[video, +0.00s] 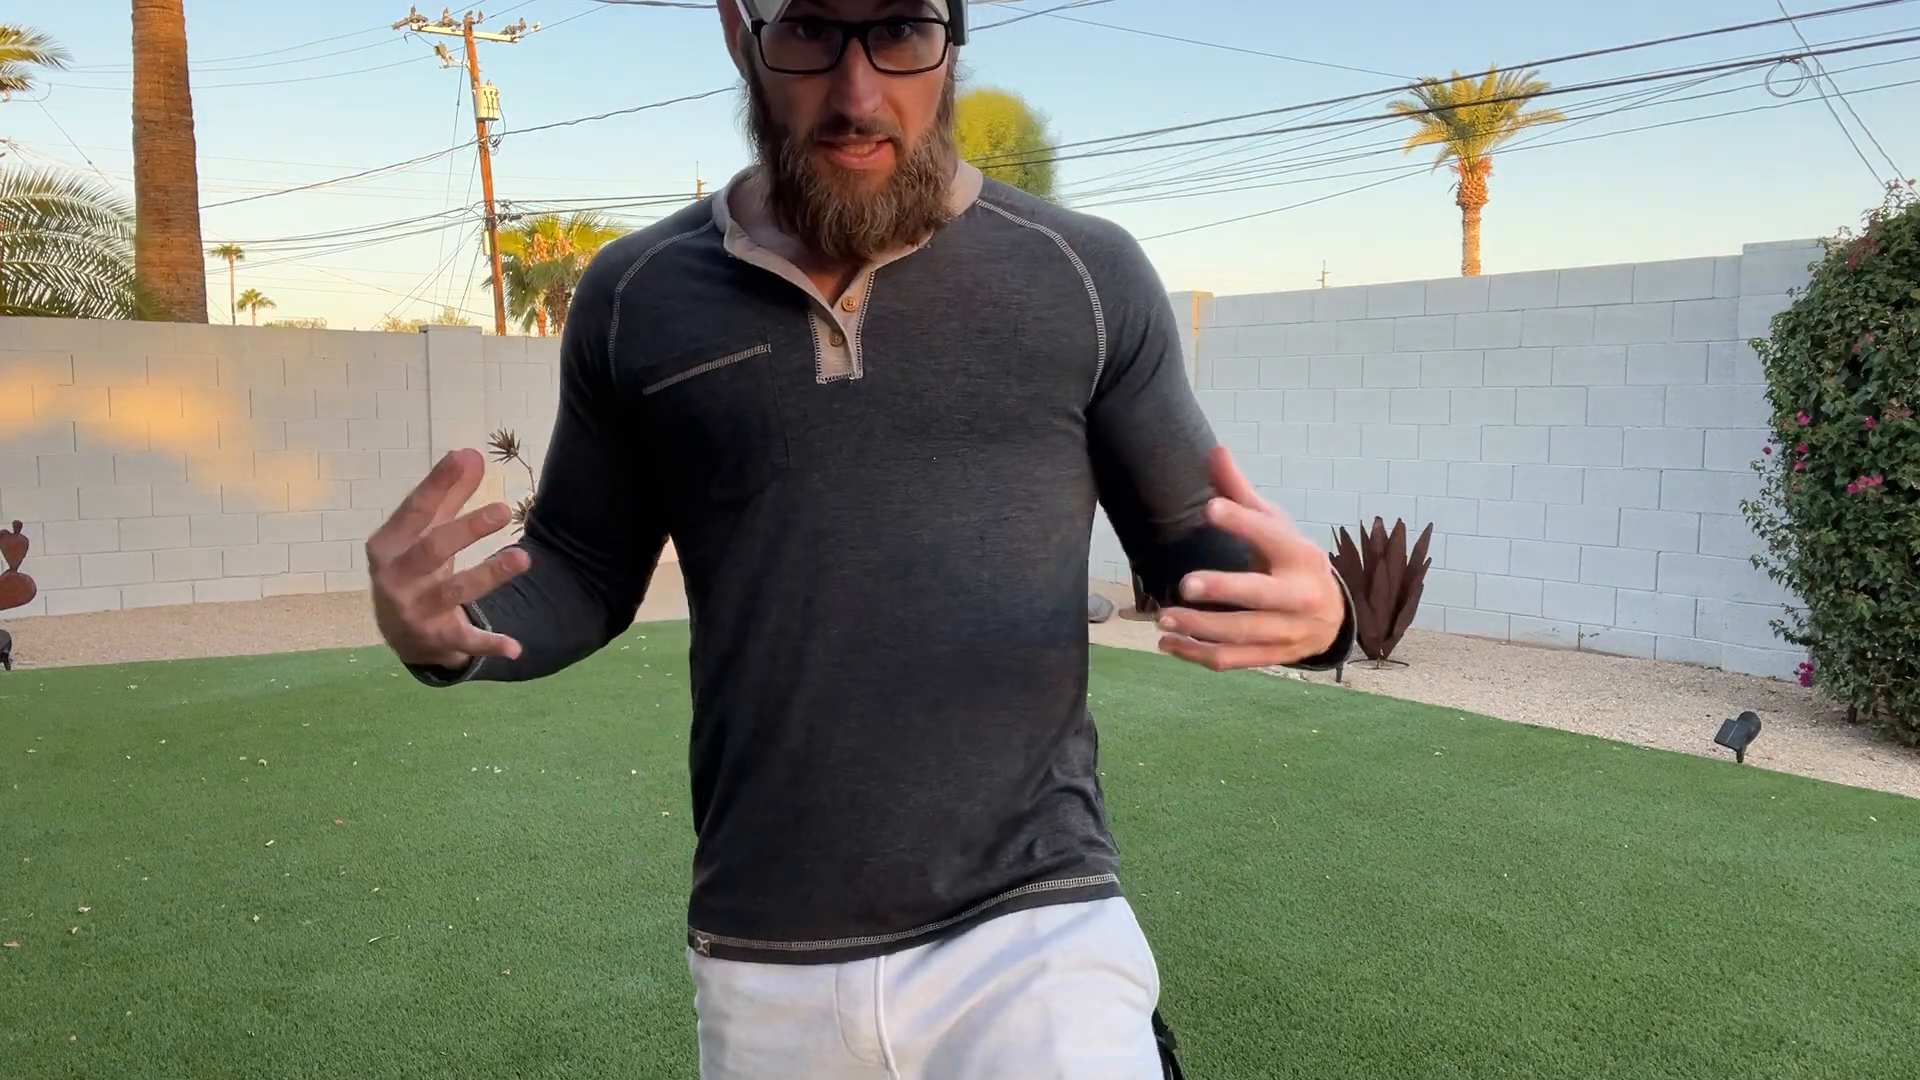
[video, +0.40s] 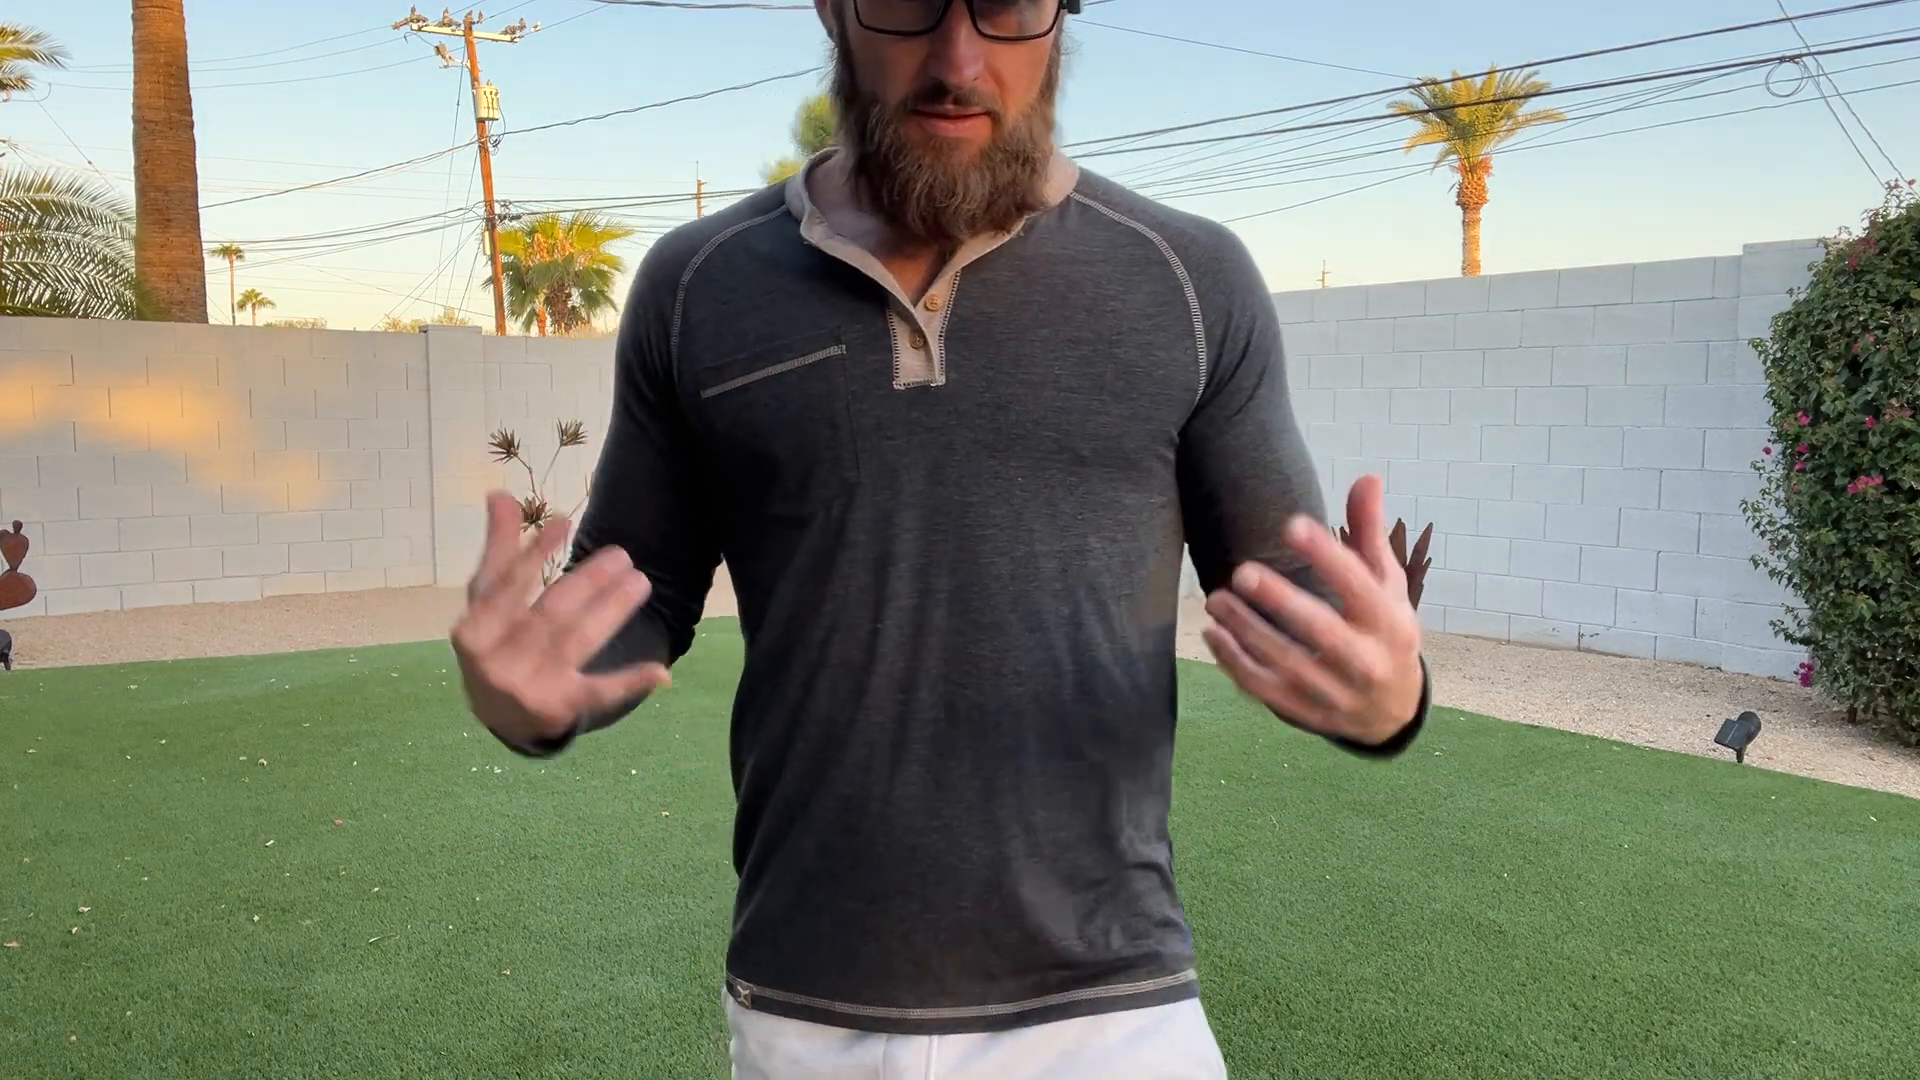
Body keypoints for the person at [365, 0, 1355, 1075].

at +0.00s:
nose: (856, 89)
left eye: (900, 38)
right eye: (808, 40)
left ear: (953, 47)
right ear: (742, 46)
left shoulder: (1085, 275)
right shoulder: (638, 302)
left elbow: (1193, 551)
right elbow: (579, 563)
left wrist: (1315, 609)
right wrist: (442, 633)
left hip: (1034, 934)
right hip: (766, 960)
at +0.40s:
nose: (957, 67)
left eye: (1004, 15)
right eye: (905, 18)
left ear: (1057, 30)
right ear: (837, 27)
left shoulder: (1190, 280)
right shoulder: (697, 289)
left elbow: (1289, 591)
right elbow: (637, 596)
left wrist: (1392, 705)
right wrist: (525, 702)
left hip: (1110, 1006)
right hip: (810, 1013)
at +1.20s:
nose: (1240, 8)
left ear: (1361, 13)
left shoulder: (1476, 307)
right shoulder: (898, 199)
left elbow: (1441, 755)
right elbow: (771, 582)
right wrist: (1112, 642)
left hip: (1271, 1038)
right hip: (924, 1020)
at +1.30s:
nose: (1216, 3)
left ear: (1333, 6)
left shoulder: (1453, 298)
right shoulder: (884, 204)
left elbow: (1437, 732)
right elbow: (755, 579)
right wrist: (1092, 643)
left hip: (1267, 1035)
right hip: (916, 1023)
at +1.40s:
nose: (1173, 9)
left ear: (1293, 7)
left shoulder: (1416, 299)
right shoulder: (858, 237)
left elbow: (1460, 739)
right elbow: (748, 599)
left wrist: (1359, 1056)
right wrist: (1035, 707)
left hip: (1251, 1034)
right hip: (906, 1033)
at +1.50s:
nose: (1133, 7)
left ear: (1243, 15)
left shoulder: (1365, 284)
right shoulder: (827, 253)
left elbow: (1553, 681)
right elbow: (714, 589)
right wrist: (889, 666)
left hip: (1204, 1026)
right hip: (879, 1020)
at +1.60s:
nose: (1076, 1)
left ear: (1195, 5)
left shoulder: (1317, 263)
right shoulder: (802, 260)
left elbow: (1617, 582)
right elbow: (666, 583)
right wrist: (720, 609)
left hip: (1177, 1025)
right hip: (858, 1021)